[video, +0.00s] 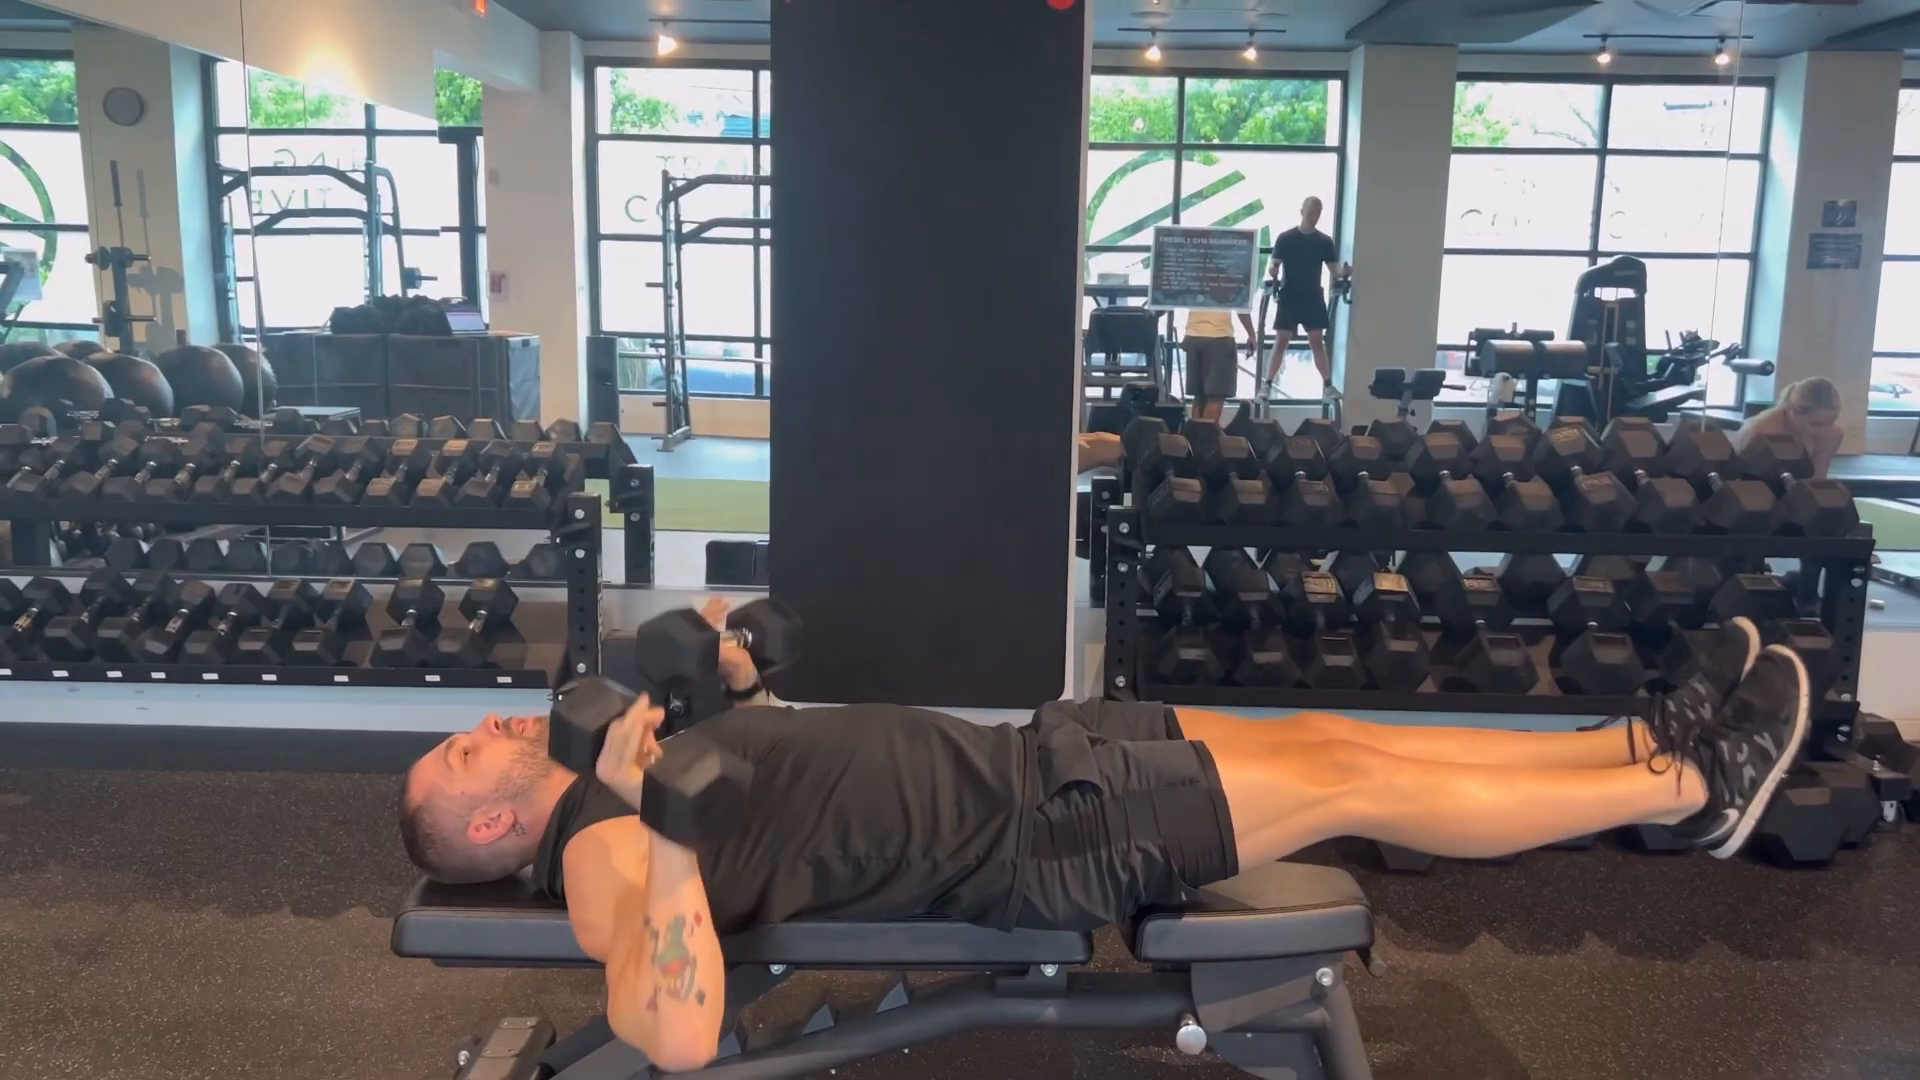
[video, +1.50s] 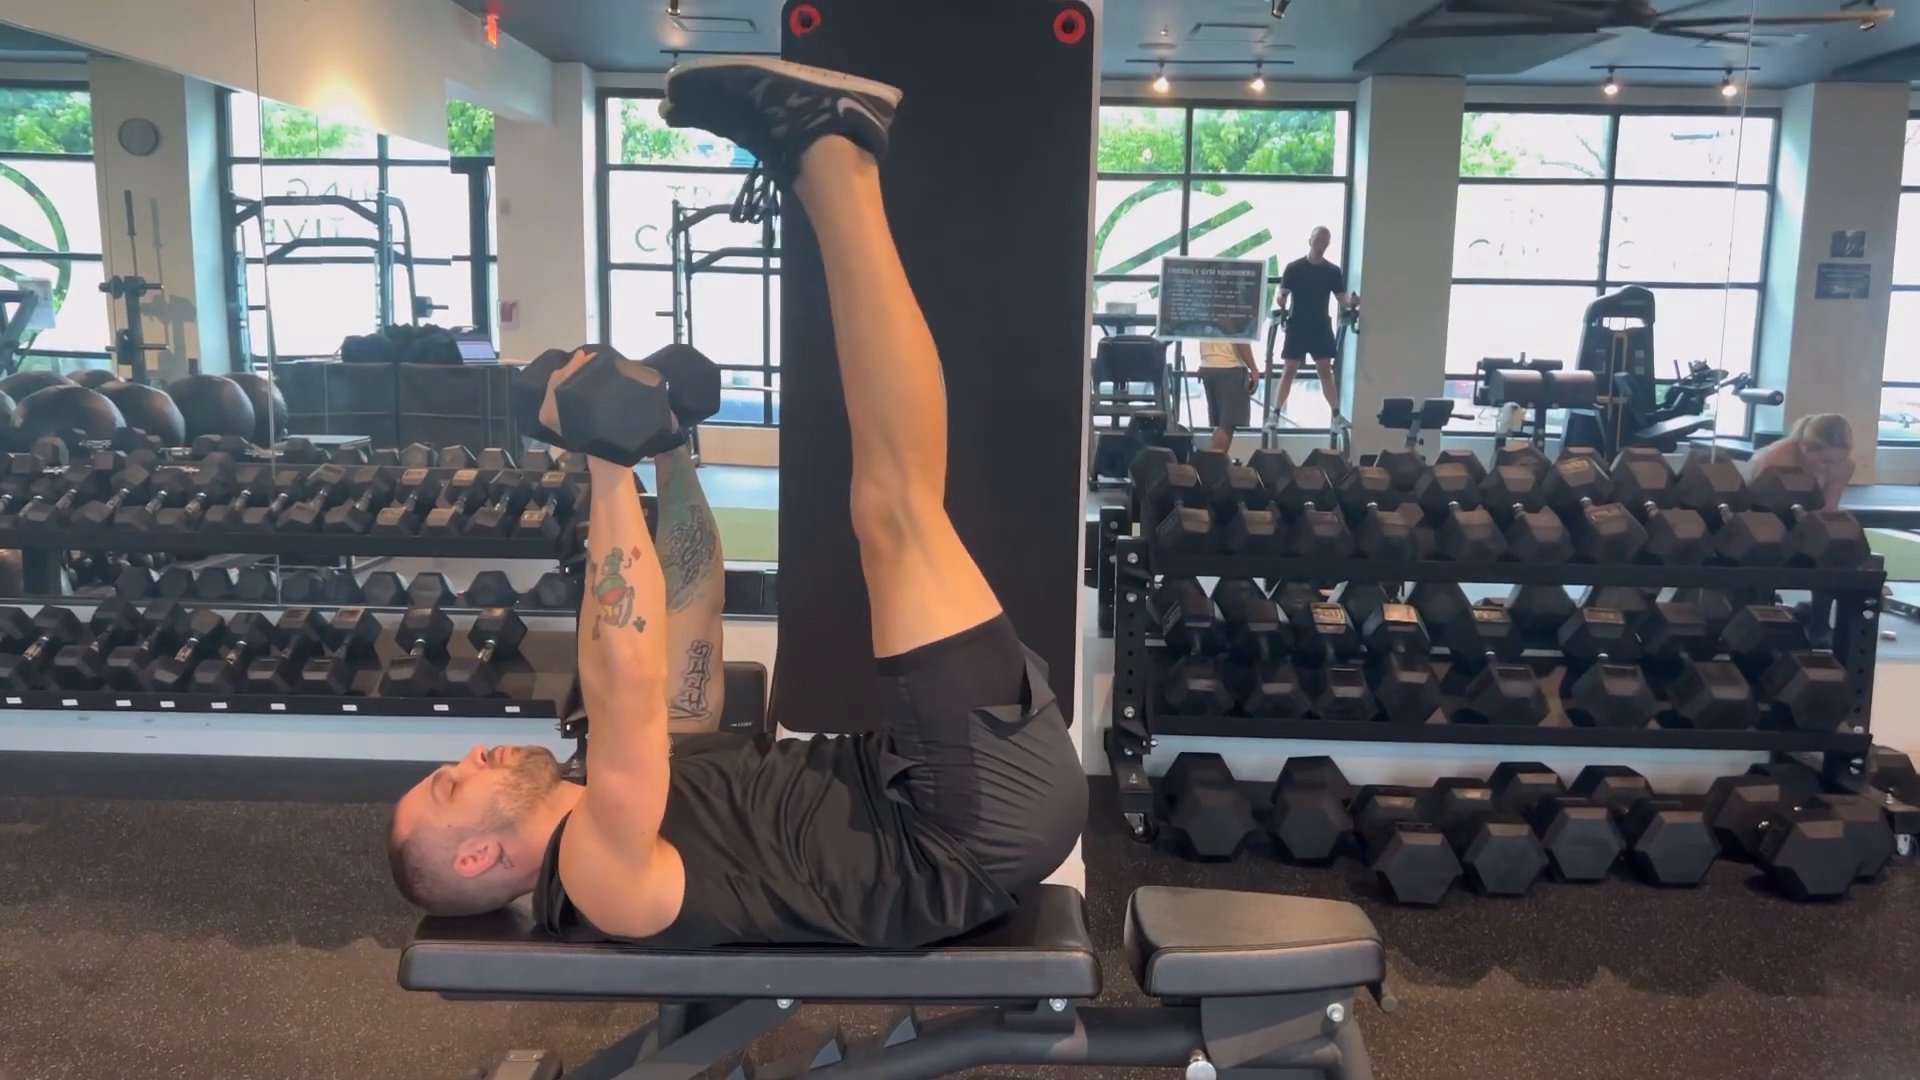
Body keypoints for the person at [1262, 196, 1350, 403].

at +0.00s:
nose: (1313, 216)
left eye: (1316, 212)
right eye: (1310, 211)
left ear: (1320, 214)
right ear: (1302, 211)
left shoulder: (1325, 242)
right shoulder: (1285, 238)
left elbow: (1334, 271)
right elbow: (1273, 267)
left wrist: (1346, 271)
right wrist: (1275, 279)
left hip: (1313, 296)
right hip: (1289, 295)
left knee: (1317, 342)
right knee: (1281, 341)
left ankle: (1327, 386)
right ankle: (1267, 384)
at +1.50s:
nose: (1320, 246)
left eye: (1324, 243)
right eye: (1317, 242)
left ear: (1328, 245)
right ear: (1310, 241)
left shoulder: (1333, 271)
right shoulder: (1294, 268)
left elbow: (1342, 299)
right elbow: (1281, 296)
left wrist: (1352, 301)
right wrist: (1283, 309)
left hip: (1320, 325)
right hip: (1297, 324)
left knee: (1325, 371)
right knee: (1289, 370)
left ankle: (1336, 414)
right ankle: (1276, 412)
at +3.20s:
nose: (1314, 267)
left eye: (1317, 263)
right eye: (1311, 263)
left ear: (1321, 264)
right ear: (1303, 260)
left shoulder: (1327, 286)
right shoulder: (1288, 284)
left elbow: (1334, 313)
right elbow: (1279, 310)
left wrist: (1346, 311)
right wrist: (1276, 310)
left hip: (1317, 336)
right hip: (1293, 336)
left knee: (1328, 377)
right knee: (1285, 375)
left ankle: (1331, 422)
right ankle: (1272, 419)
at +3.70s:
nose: (1309, 282)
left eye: (1312, 279)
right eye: (1306, 278)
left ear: (1317, 277)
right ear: (1299, 274)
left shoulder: (1324, 295)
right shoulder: (1286, 295)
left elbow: (1334, 318)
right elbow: (1273, 314)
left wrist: (1344, 315)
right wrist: (1272, 319)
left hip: (1316, 343)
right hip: (1292, 344)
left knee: (1324, 379)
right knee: (1288, 379)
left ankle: (1322, 421)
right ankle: (1283, 421)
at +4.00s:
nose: (1309, 281)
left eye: (1312, 277)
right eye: (1305, 277)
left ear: (1316, 278)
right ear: (1298, 275)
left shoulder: (1322, 299)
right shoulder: (1285, 298)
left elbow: (1334, 323)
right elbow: (1272, 325)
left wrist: (1344, 318)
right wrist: (1273, 318)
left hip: (1314, 349)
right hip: (1291, 349)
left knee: (1316, 396)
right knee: (1291, 395)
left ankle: (1313, 439)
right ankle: (1288, 437)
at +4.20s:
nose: (1306, 284)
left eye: (1309, 280)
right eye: (1302, 279)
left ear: (1314, 280)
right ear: (1296, 279)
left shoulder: (1320, 301)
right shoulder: (1284, 301)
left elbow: (1334, 323)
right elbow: (1272, 333)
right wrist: (1273, 321)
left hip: (1312, 356)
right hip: (1289, 356)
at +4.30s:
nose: (1306, 283)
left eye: (1310, 280)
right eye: (1303, 279)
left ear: (1314, 280)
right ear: (1296, 279)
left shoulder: (1320, 303)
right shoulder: (1284, 303)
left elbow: (1333, 325)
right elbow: (1271, 329)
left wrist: (1344, 320)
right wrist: (1272, 322)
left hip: (1313, 358)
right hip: (1290, 359)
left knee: (1312, 407)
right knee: (1288, 406)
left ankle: (1308, 446)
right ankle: (1282, 445)